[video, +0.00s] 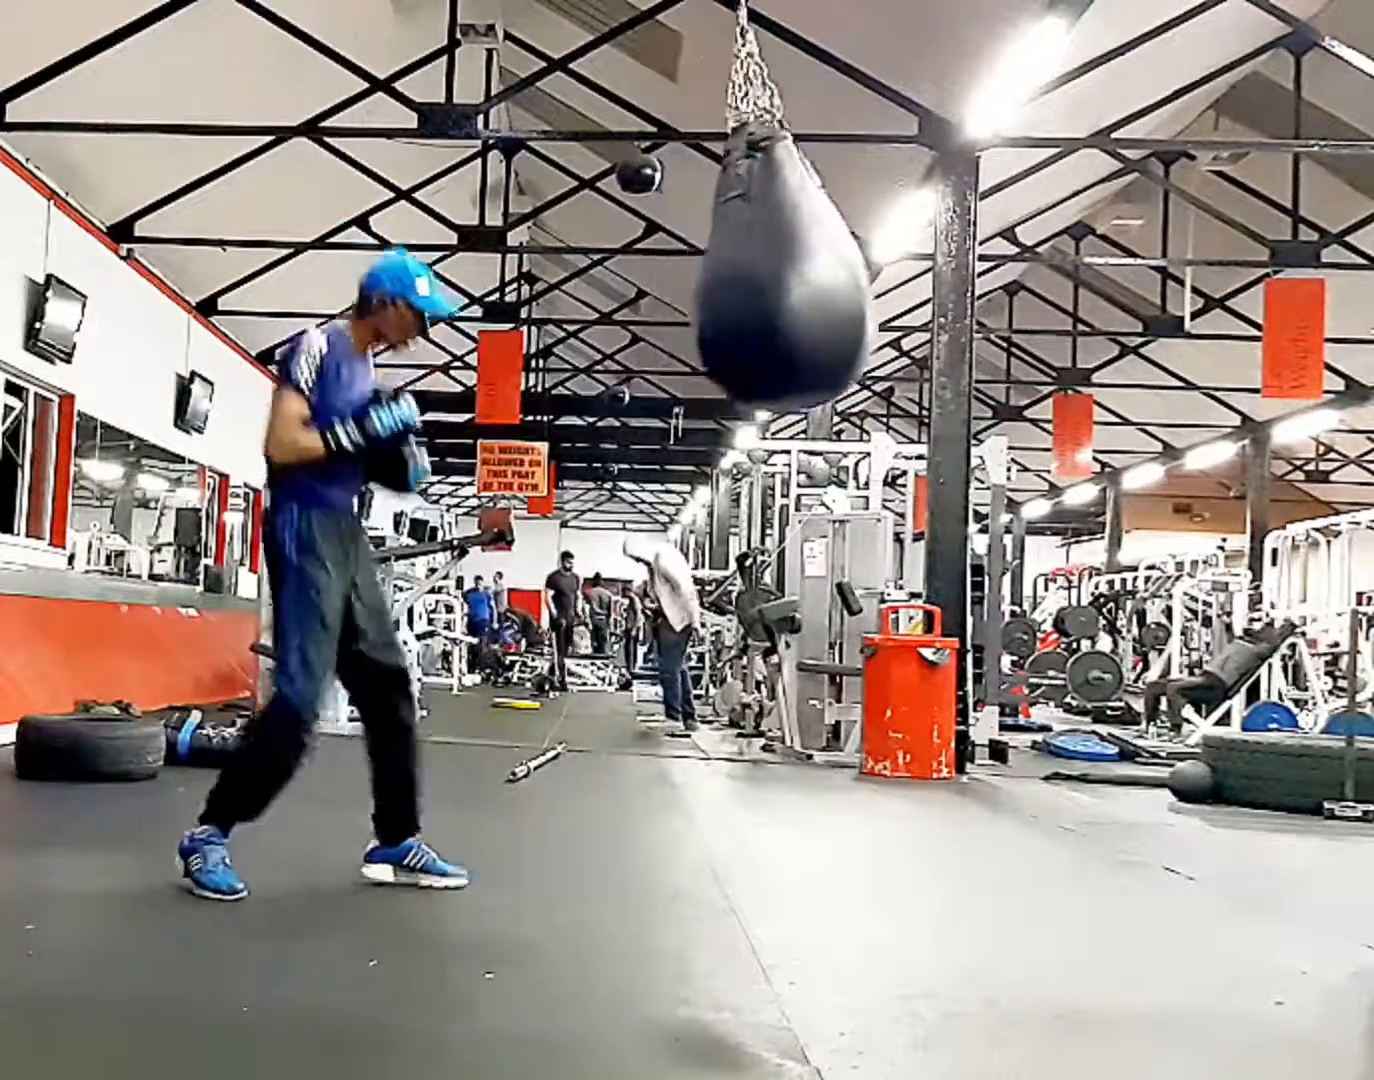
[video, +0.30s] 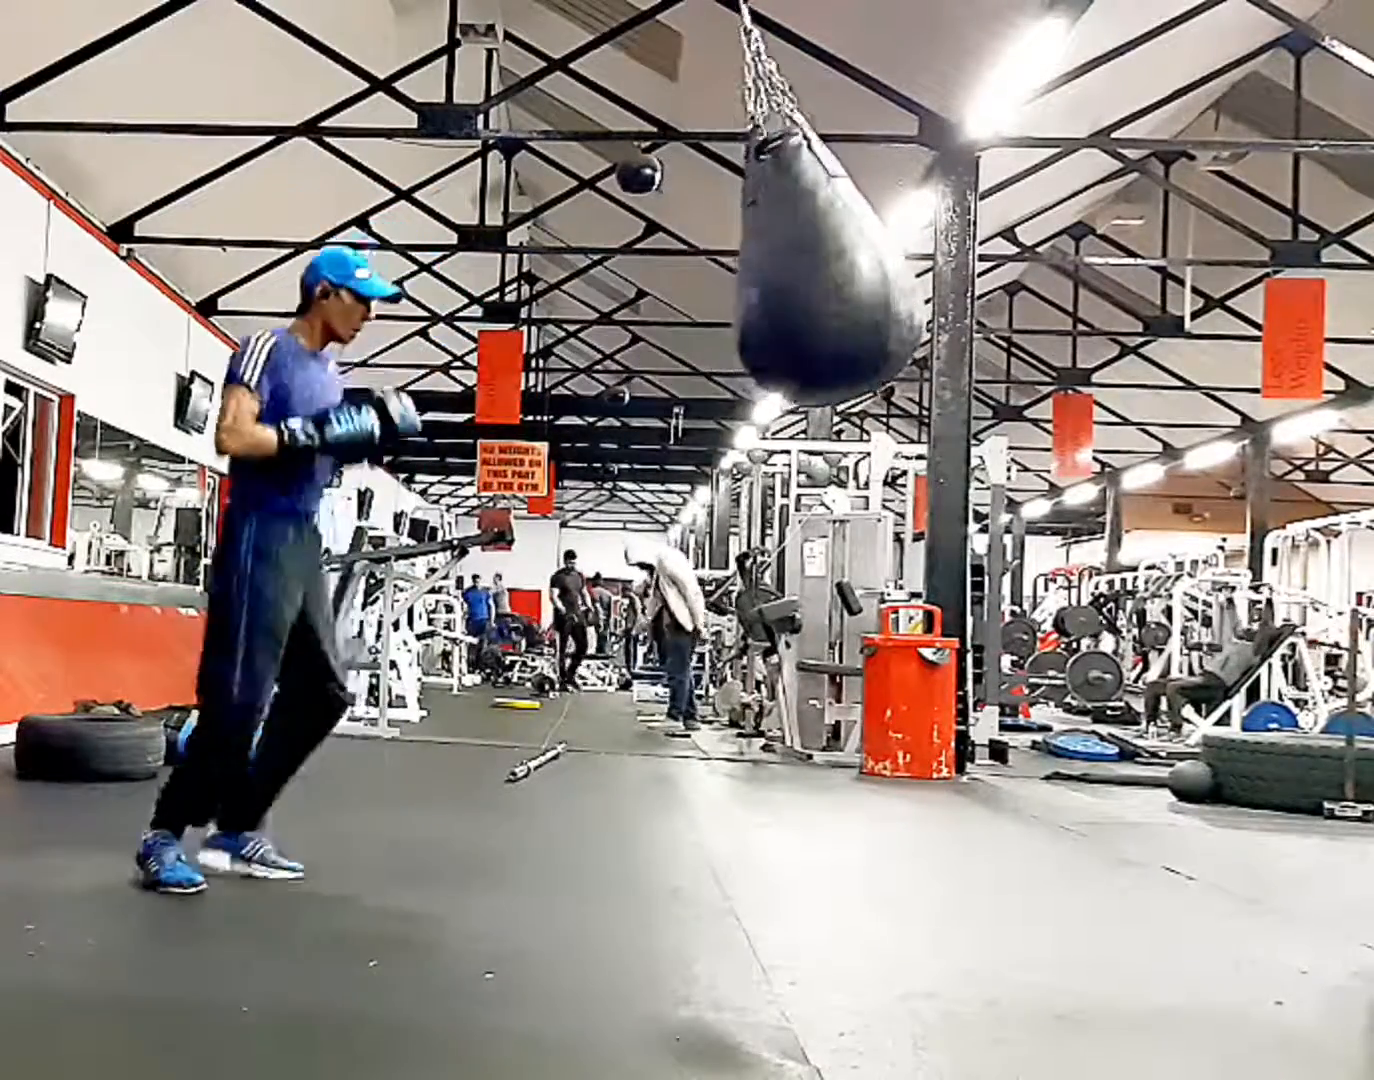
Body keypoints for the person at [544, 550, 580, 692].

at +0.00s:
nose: (570, 565)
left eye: (571, 562)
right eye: (567, 562)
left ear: (573, 563)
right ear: (562, 561)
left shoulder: (576, 578)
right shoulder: (553, 577)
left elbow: (578, 595)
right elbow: (547, 596)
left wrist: (578, 609)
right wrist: (554, 614)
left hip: (571, 616)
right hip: (559, 616)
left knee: (565, 648)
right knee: (560, 649)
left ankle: (552, 674)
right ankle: (562, 680)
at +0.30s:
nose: (571, 563)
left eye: (573, 560)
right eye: (569, 560)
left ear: (575, 561)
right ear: (565, 561)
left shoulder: (580, 576)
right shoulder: (557, 577)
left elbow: (584, 592)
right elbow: (554, 596)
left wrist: (589, 607)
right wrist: (562, 610)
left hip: (578, 613)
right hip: (563, 613)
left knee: (582, 646)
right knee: (562, 647)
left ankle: (571, 674)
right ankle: (563, 677)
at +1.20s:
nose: (602, 563)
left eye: (605, 560)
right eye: (600, 560)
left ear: (608, 561)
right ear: (597, 560)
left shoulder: (614, 578)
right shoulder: (588, 576)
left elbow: (622, 597)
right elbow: (580, 593)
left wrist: (618, 609)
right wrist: (587, 608)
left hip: (607, 616)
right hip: (593, 616)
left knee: (604, 650)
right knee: (592, 649)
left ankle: (601, 682)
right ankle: (591, 681)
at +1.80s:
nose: (597, 563)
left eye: (599, 560)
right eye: (594, 561)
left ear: (604, 560)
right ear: (591, 562)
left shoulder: (615, 575)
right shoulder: (587, 578)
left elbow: (625, 593)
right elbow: (580, 598)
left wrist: (622, 610)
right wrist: (587, 613)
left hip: (613, 619)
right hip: (596, 620)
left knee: (617, 651)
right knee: (597, 653)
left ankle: (612, 680)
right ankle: (599, 683)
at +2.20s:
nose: (596, 564)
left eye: (598, 562)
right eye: (593, 562)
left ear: (604, 561)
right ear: (590, 562)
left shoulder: (614, 573)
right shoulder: (588, 575)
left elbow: (629, 587)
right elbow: (580, 592)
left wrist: (623, 605)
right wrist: (583, 605)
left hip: (608, 617)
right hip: (592, 618)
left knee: (606, 652)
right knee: (594, 653)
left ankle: (606, 684)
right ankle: (599, 684)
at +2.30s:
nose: (597, 566)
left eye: (599, 563)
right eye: (594, 564)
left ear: (604, 561)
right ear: (591, 563)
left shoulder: (614, 574)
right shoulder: (589, 574)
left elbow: (629, 589)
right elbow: (582, 591)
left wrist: (623, 608)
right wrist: (583, 598)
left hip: (607, 619)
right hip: (592, 619)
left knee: (605, 653)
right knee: (594, 653)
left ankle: (604, 685)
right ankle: (599, 684)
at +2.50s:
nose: (596, 568)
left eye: (598, 564)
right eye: (594, 565)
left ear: (604, 562)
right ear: (591, 563)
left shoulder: (614, 574)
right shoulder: (594, 575)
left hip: (605, 619)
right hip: (593, 619)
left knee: (603, 653)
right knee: (594, 652)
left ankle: (603, 684)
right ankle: (600, 683)